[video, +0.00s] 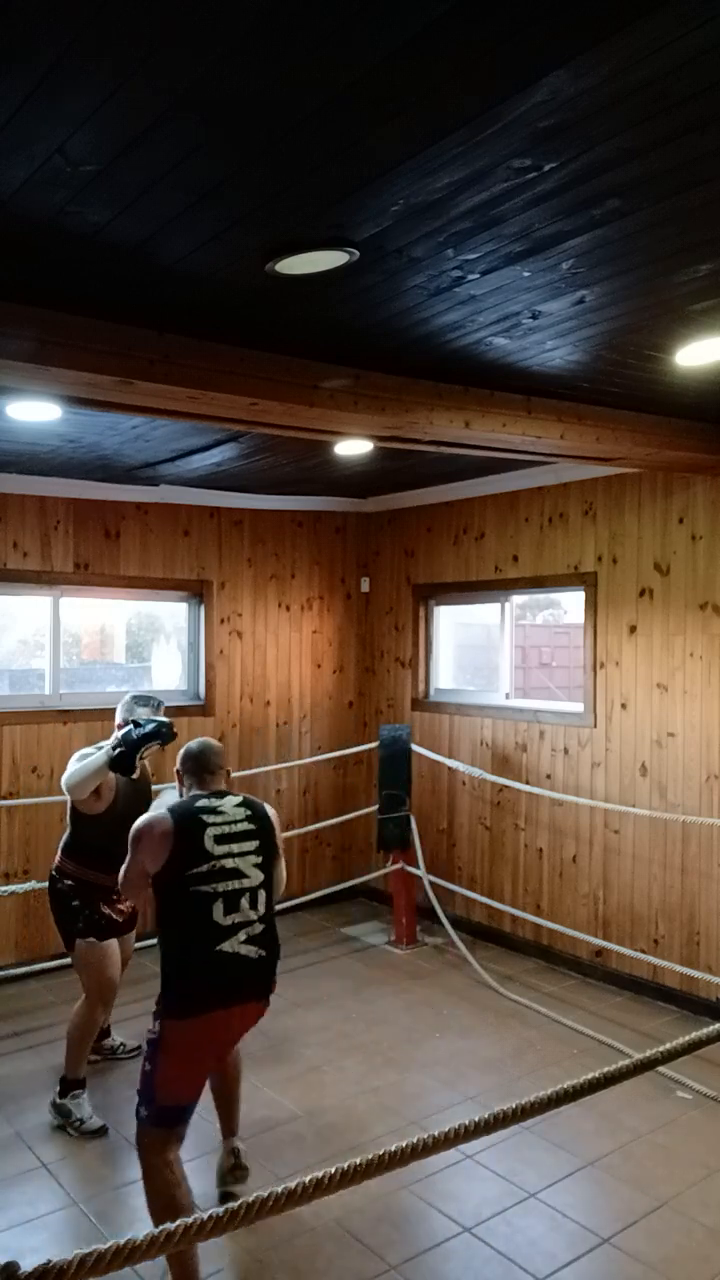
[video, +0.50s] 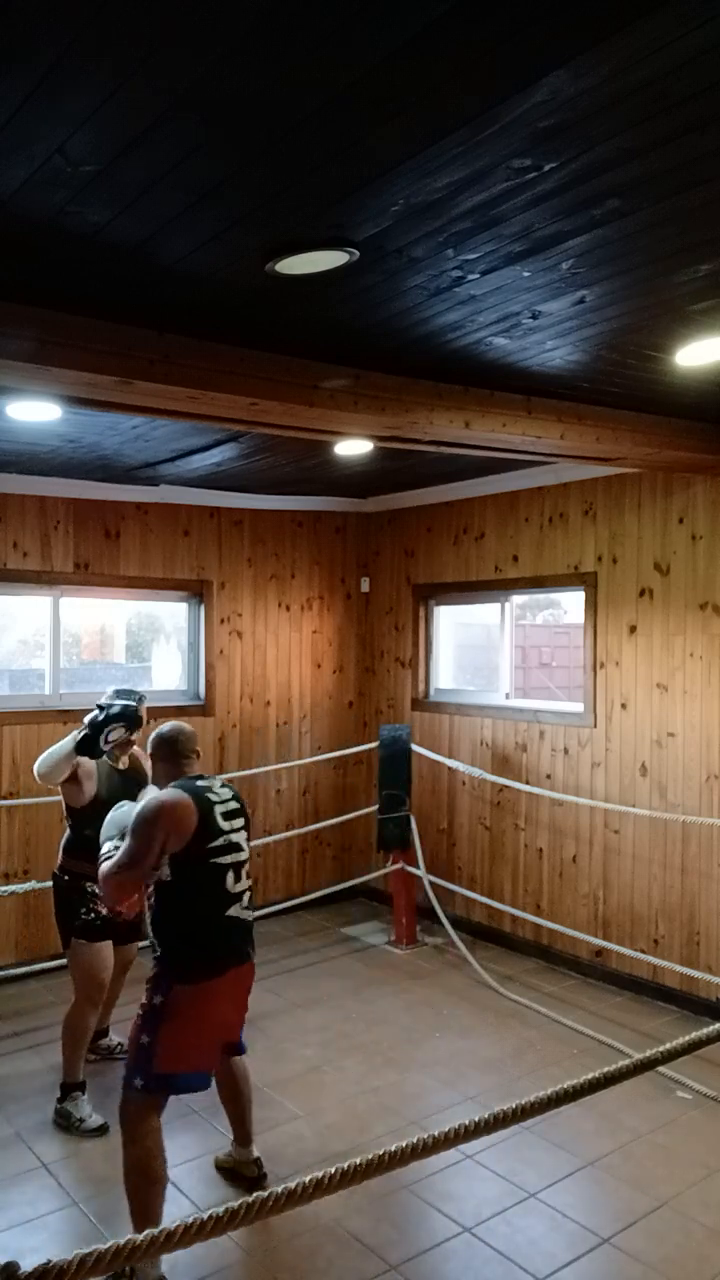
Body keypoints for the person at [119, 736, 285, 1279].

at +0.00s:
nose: (180, 784)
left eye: (177, 777)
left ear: (178, 778)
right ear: (227, 775)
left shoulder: (156, 826)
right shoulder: (264, 814)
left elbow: (130, 895)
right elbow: (274, 887)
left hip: (195, 997)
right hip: (258, 984)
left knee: (158, 1143)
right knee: (223, 1046)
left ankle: (186, 1272)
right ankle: (232, 1151)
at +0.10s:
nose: (165, 776)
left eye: (166, 769)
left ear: (170, 770)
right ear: (219, 768)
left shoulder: (157, 818)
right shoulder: (261, 812)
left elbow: (114, 884)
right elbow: (295, 888)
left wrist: (137, 837)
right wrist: (238, 881)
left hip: (187, 988)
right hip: (245, 977)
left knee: (163, 1142)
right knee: (217, 1041)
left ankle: (185, 1271)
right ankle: (228, 1142)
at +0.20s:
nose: (161, 766)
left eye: (162, 759)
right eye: (165, 759)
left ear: (170, 760)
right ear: (215, 758)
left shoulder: (176, 809)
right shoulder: (243, 797)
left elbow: (113, 874)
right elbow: (204, 856)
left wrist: (133, 819)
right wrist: (145, 844)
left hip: (194, 979)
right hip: (241, 965)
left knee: (138, 1119)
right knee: (225, 1055)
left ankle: (168, 1260)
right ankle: (246, 1156)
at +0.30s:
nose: (165, 770)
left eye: (166, 762)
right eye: (168, 763)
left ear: (172, 763)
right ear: (216, 759)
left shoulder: (189, 802)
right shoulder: (230, 795)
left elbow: (133, 875)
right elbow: (185, 863)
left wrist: (130, 819)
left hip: (202, 974)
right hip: (242, 961)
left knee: (135, 1107)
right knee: (221, 1053)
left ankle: (135, 1252)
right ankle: (247, 1155)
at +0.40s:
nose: (158, 772)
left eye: (159, 764)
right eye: (159, 764)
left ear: (167, 763)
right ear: (209, 758)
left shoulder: (181, 802)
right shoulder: (229, 793)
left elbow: (129, 881)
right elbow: (186, 857)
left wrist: (129, 829)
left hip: (199, 974)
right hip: (242, 961)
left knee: (138, 1107)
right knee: (225, 1053)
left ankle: (141, 1254)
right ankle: (246, 1155)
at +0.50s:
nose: (147, 768)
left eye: (147, 760)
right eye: (149, 759)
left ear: (151, 761)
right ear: (197, 757)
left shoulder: (162, 806)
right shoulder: (227, 794)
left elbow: (117, 891)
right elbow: (196, 853)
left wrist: (118, 845)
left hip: (188, 975)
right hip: (238, 963)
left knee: (139, 1110)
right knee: (227, 1049)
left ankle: (145, 1255)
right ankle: (245, 1155)